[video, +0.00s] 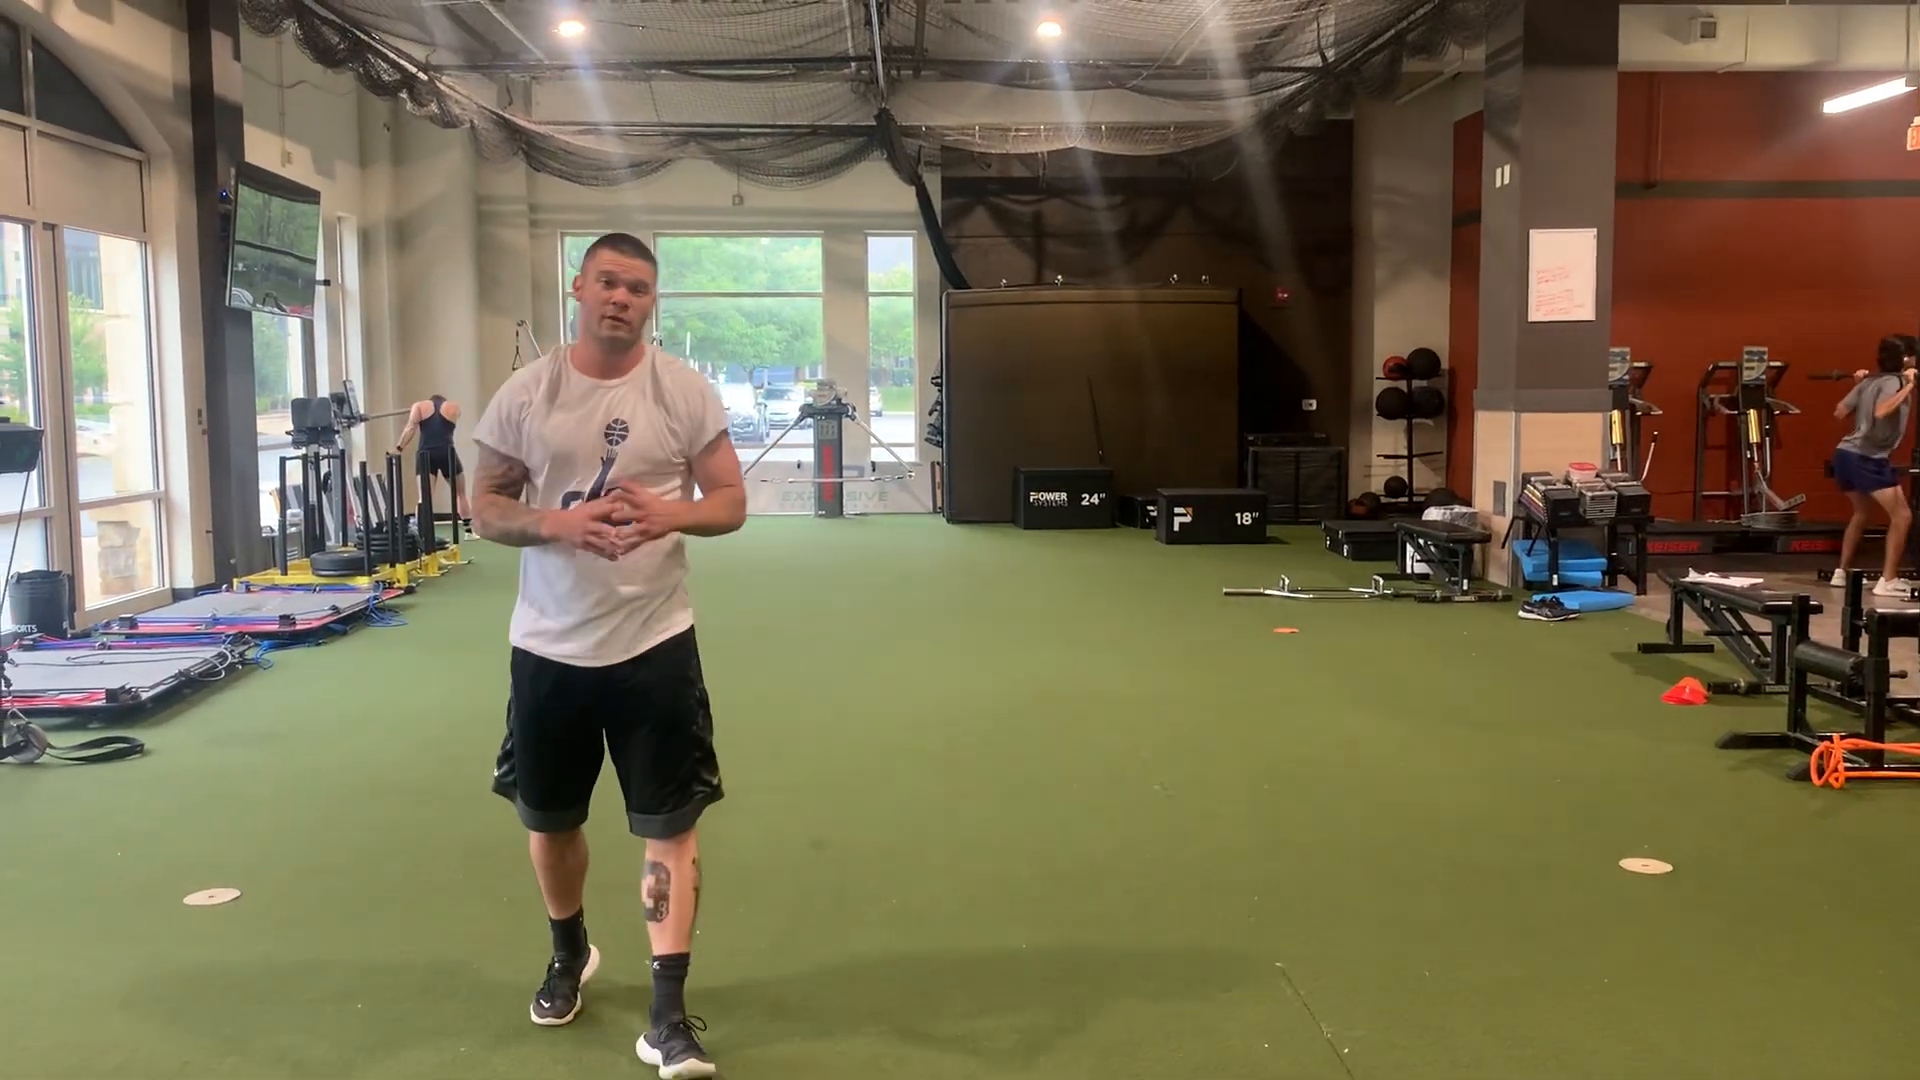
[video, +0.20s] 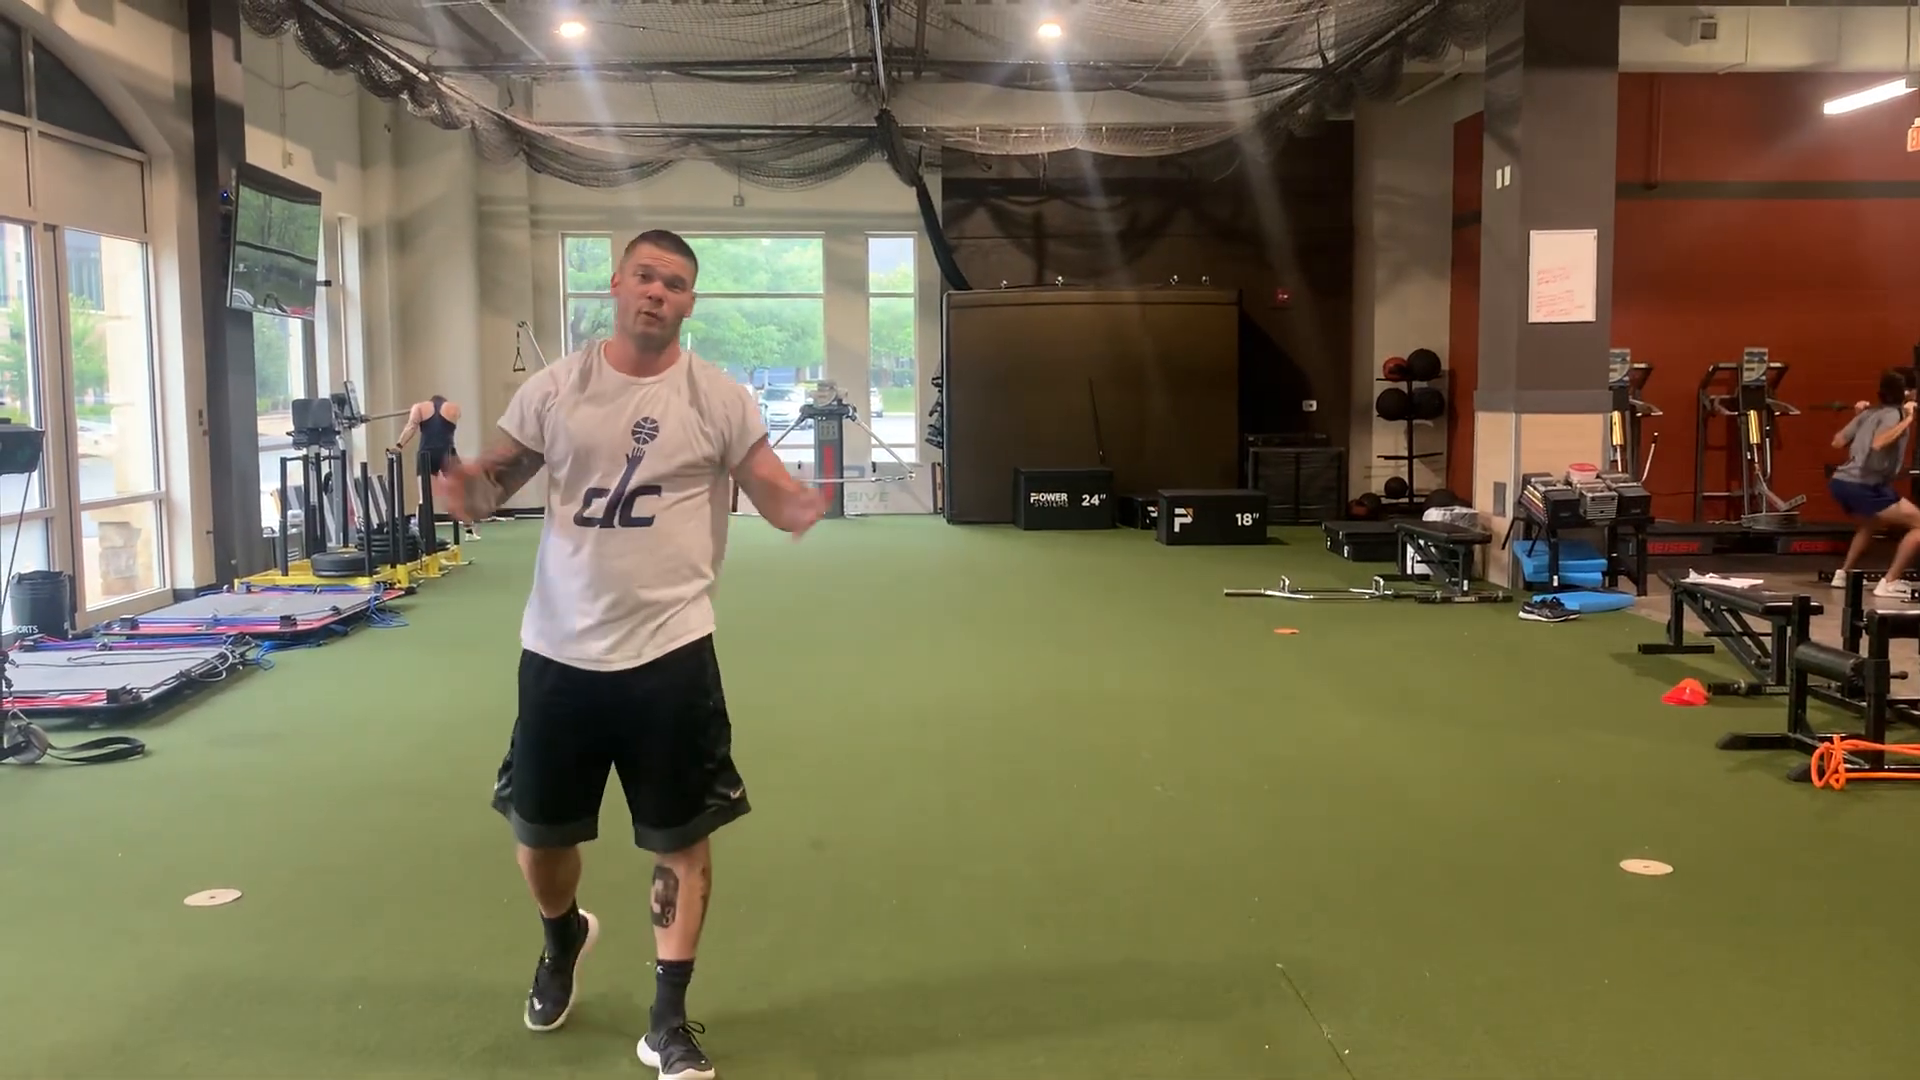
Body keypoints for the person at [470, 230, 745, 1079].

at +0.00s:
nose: (621, 297)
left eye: (637, 287)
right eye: (608, 282)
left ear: (655, 303)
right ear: (577, 290)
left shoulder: (685, 392)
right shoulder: (524, 394)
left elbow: (732, 504)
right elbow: (481, 507)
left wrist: (672, 513)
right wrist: (553, 523)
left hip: (654, 640)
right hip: (550, 645)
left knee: (669, 825)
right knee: (550, 819)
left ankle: (668, 1017)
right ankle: (568, 949)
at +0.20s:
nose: (658, 293)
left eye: (675, 284)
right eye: (645, 277)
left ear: (692, 304)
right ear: (614, 284)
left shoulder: (717, 398)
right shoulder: (552, 389)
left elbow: (786, 508)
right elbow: (476, 497)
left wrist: (808, 498)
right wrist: (449, 466)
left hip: (669, 652)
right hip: (559, 652)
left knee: (678, 841)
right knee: (542, 836)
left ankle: (669, 1021)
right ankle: (563, 938)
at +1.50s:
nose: (603, 286)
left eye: (622, 270)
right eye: (583, 267)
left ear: (647, 287)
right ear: (549, 283)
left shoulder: (706, 400)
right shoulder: (502, 422)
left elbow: (767, 519)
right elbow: (437, 548)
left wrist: (818, 520)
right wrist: (438, 592)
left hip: (696, 723)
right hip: (561, 738)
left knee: (736, 948)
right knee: (568, 958)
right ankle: (586, 1079)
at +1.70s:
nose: (647, 278)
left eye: (669, 265)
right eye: (628, 259)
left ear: (692, 289)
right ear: (595, 277)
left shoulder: (746, 406)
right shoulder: (534, 418)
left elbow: (800, 530)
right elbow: (496, 566)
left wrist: (815, 560)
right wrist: (562, 606)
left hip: (716, 738)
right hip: (579, 747)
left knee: (747, 977)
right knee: (575, 975)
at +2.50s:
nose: (774, 272)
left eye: (795, 258)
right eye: (750, 253)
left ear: (818, 285)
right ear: (705, 277)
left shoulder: (867, 422)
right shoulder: (640, 433)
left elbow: (923, 571)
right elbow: (589, 607)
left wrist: (884, 610)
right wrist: (590, 744)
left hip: (830, 807)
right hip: (683, 816)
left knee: (805, 1051)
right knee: (678, 1061)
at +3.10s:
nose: (817, 262)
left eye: (841, 239)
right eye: (788, 238)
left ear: (871, 259)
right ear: (741, 259)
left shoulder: (938, 410)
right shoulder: (677, 436)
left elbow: (996, 573)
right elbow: (603, 640)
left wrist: (995, 628)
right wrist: (737, 704)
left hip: (918, 864)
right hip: (741, 876)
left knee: (949, 1064)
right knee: (712, 1066)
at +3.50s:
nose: (949, 250)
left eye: (978, 237)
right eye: (927, 228)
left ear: (1006, 277)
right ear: (882, 253)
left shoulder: (1061, 439)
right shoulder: (794, 425)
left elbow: (1104, 627)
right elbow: (737, 609)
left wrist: (1036, 671)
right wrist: (701, 754)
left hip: (982, 873)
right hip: (800, 868)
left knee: (1002, 1069)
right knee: (759, 1070)